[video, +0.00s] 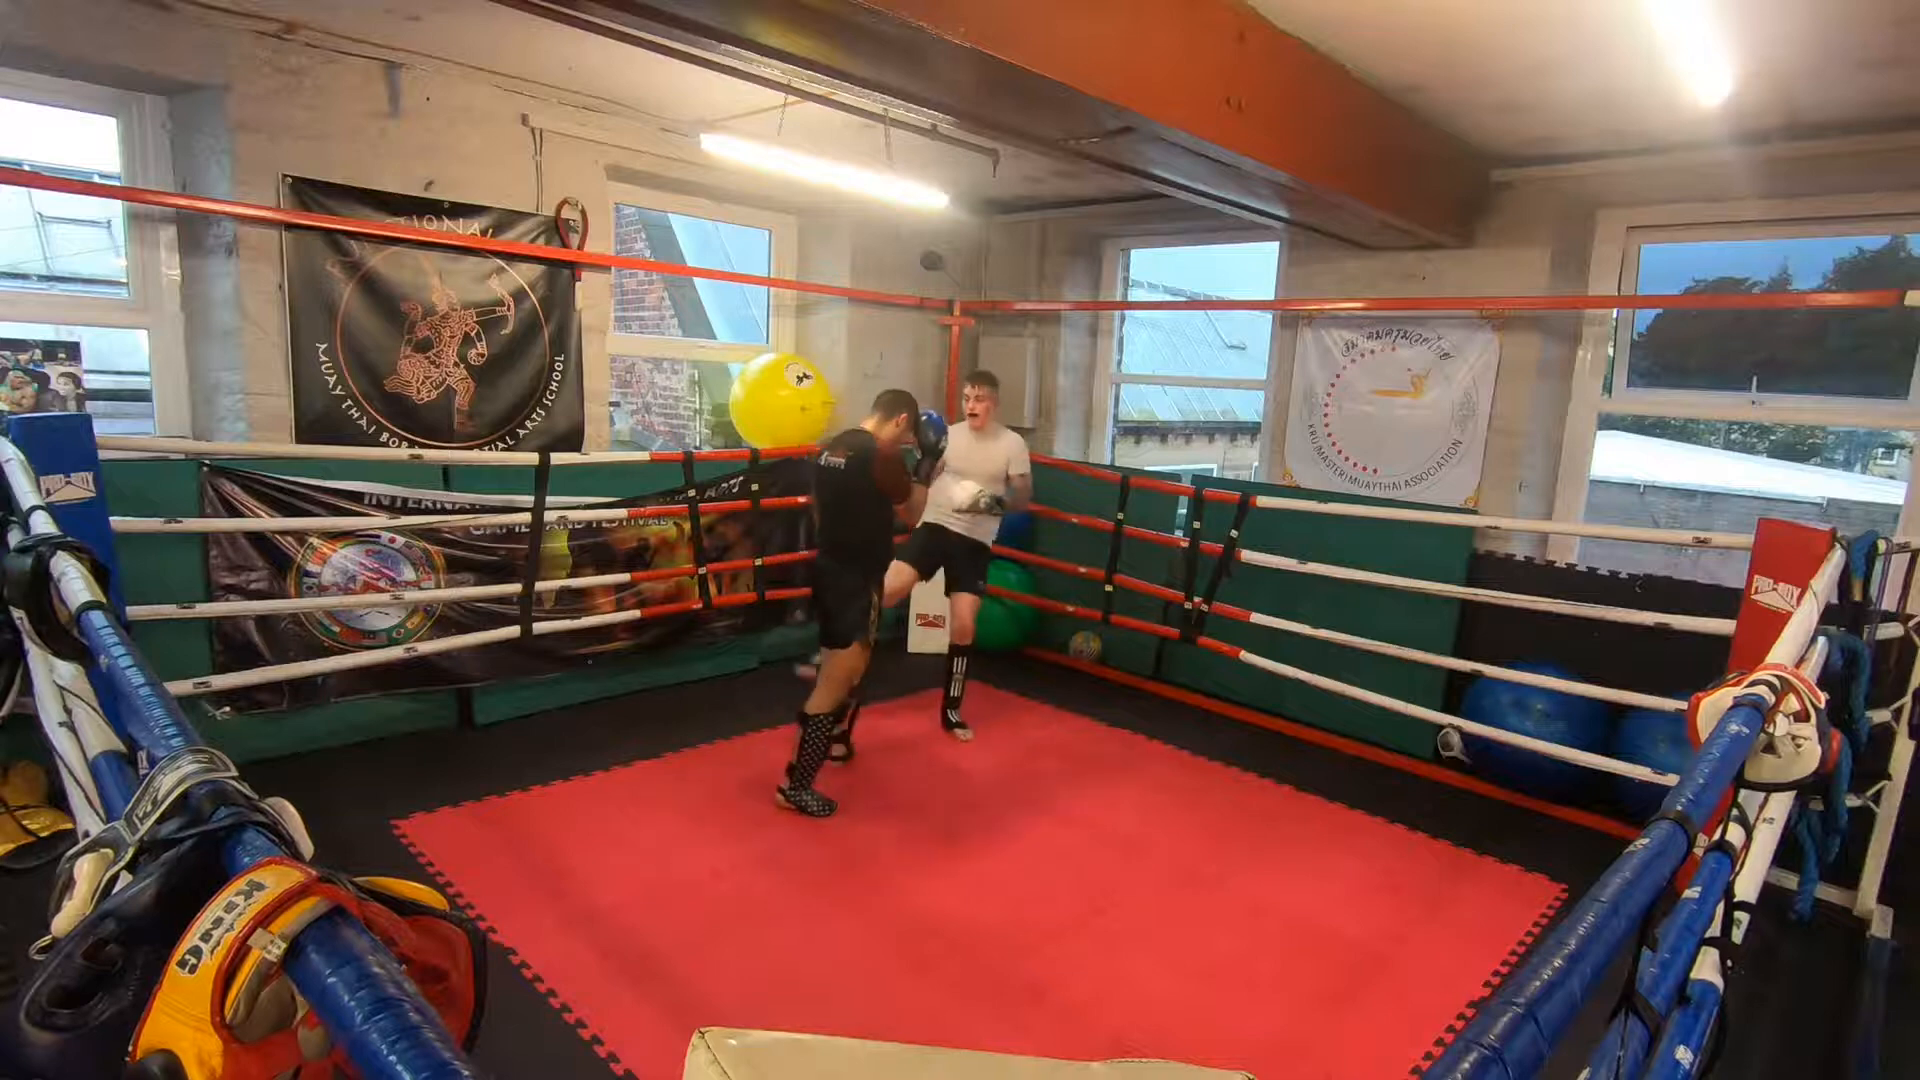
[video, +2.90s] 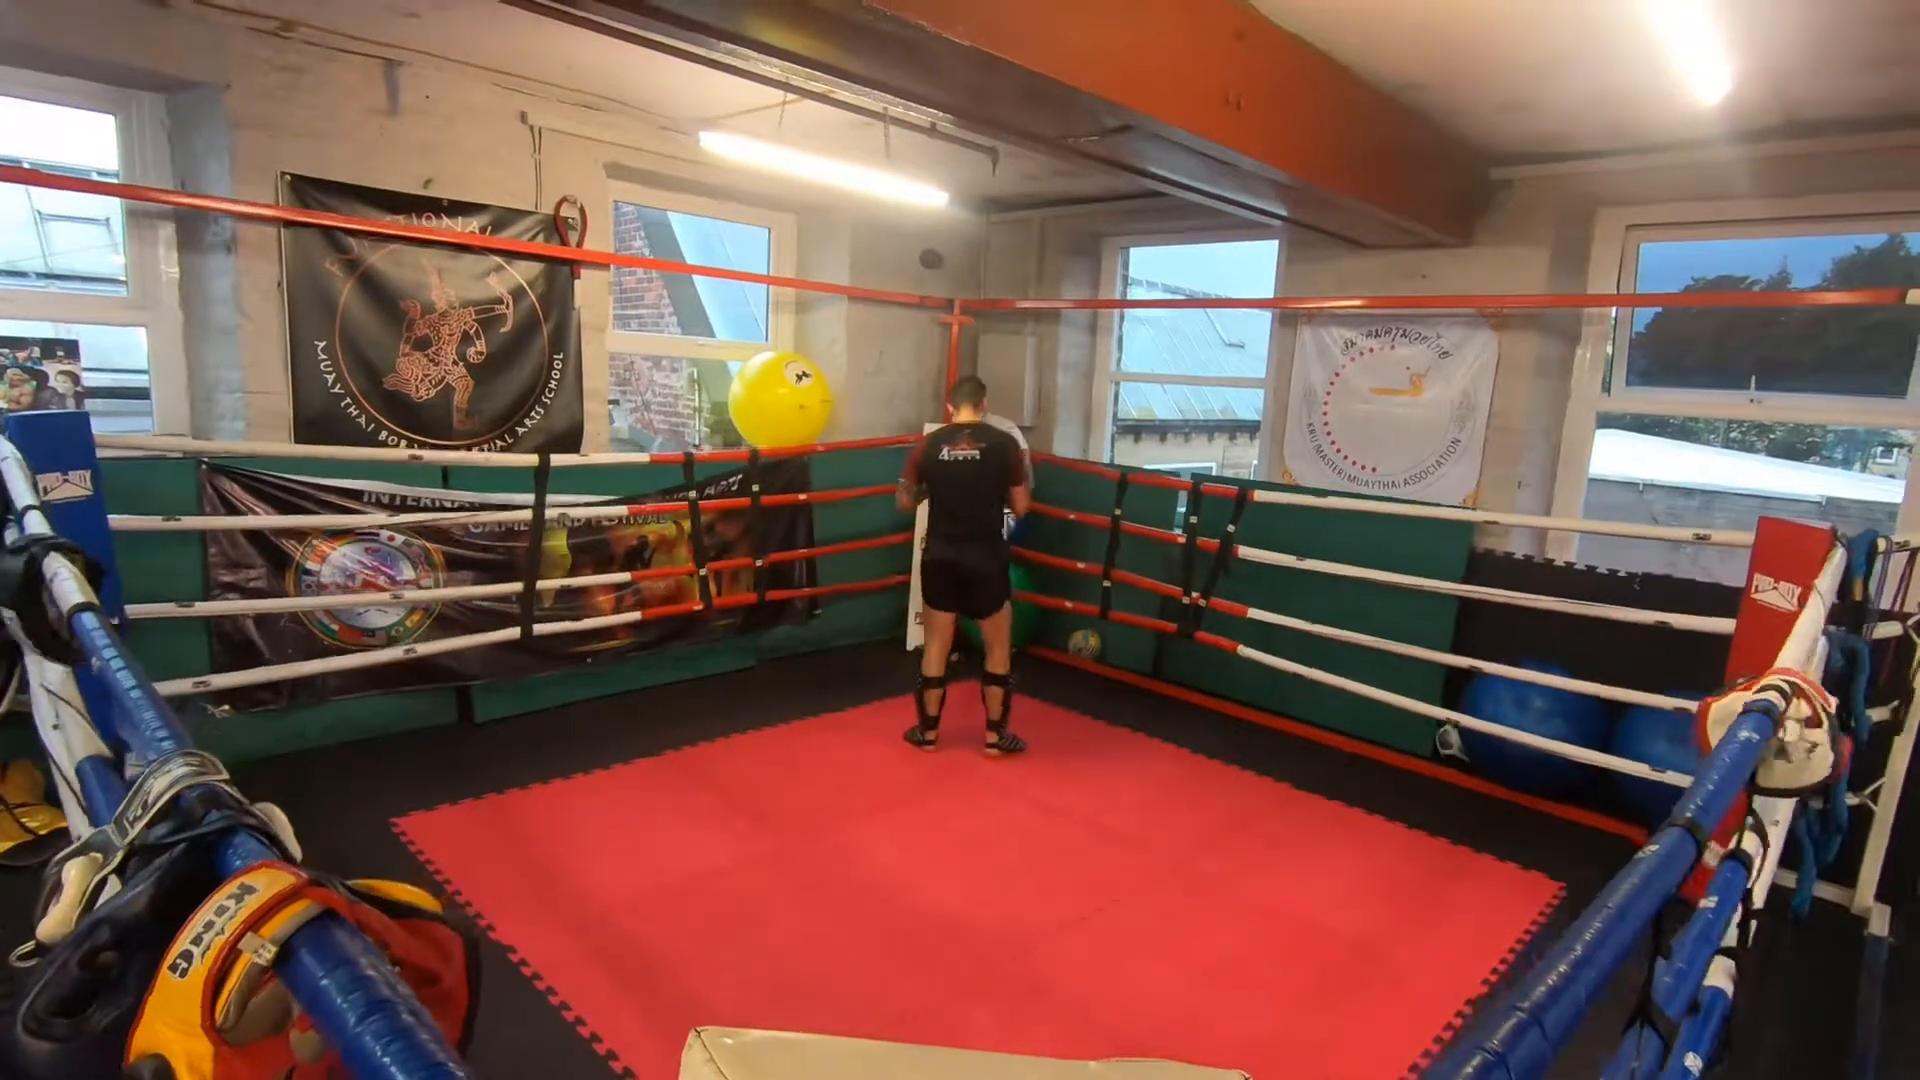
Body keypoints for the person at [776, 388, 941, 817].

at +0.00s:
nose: (907, 438)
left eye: (908, 432)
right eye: (909, 431)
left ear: (873, 413)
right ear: (900, 421)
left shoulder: (835, 449)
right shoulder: (880, 454)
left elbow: (828, 517)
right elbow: (911, 512)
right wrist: (928, 462)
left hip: (831, 572)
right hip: (855, 580)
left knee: (852, 662)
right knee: (837, 680)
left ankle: (833, 738)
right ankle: (797, 785)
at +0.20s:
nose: (930, 435)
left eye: (930, 430)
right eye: (932, 430)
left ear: (894, 418)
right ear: (924, 424)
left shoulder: (856, 455)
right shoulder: (912, 461)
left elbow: (840, 513)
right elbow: (935, 520)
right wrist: (949, 475)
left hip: (851, 572)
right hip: (881, 578)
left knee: (877, 658)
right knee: (865, 679)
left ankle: (862, 741)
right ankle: (807, 774)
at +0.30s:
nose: (941, 428)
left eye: (941, 422)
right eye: (942, 421)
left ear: (905, 414)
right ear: (933, 420)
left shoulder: (873, 447)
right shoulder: (929, 458)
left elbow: (846, 498)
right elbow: (946, 519)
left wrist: (887, 505)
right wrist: (952, 480)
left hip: (862, 567)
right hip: (896, 574)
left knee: (874, 659)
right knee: (912, 675)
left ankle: (858, 743)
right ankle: (849, 749)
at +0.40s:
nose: (958, 419)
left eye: (958, 411)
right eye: (958, 411)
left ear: (918, 407)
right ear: (950, 409)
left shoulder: (883, 440)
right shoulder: (946, 450)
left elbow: (865, 492)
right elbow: (958, 515)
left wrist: (907, 487)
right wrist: (973, 481)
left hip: (874, 560)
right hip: (917, 567)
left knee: (877, 653)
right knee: (943, 660)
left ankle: (858, 745)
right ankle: (903, 748)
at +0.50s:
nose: (963, 416)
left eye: (955, 408)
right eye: (966, 411)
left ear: (934, 402)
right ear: (968, 410)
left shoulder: (902, 436)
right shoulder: (963, 450)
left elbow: (879, 491)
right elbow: (978, 512)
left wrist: (919, 486)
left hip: (891, 560)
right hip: (937, 567)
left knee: (884, 650)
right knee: (955, 657)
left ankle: (860, 741)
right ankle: (963, 747)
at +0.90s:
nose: (980, 415)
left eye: (978, 408)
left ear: (977, 408)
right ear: (1011, 413)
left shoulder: (952, 442)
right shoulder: (1025, 453)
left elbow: (915, 487)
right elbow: (1023, 493)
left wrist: (914, 466)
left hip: (947, 556)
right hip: (992, 563)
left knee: (928, 631)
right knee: (988, 655)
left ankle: (919, 709)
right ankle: (984, 743)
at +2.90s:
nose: (968, 413)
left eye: (953, 408)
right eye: (980, 405)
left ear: (948, 407)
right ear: (984, 406)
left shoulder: (927, 445)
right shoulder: (1006, 445)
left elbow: (905, 501)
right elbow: (1020, 506)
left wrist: (932, 484)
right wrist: (1000, 484)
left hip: (940, 561)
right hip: (986, 561)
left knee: (936, 642)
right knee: (997, 646)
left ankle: (929, 730)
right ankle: (995, 734)